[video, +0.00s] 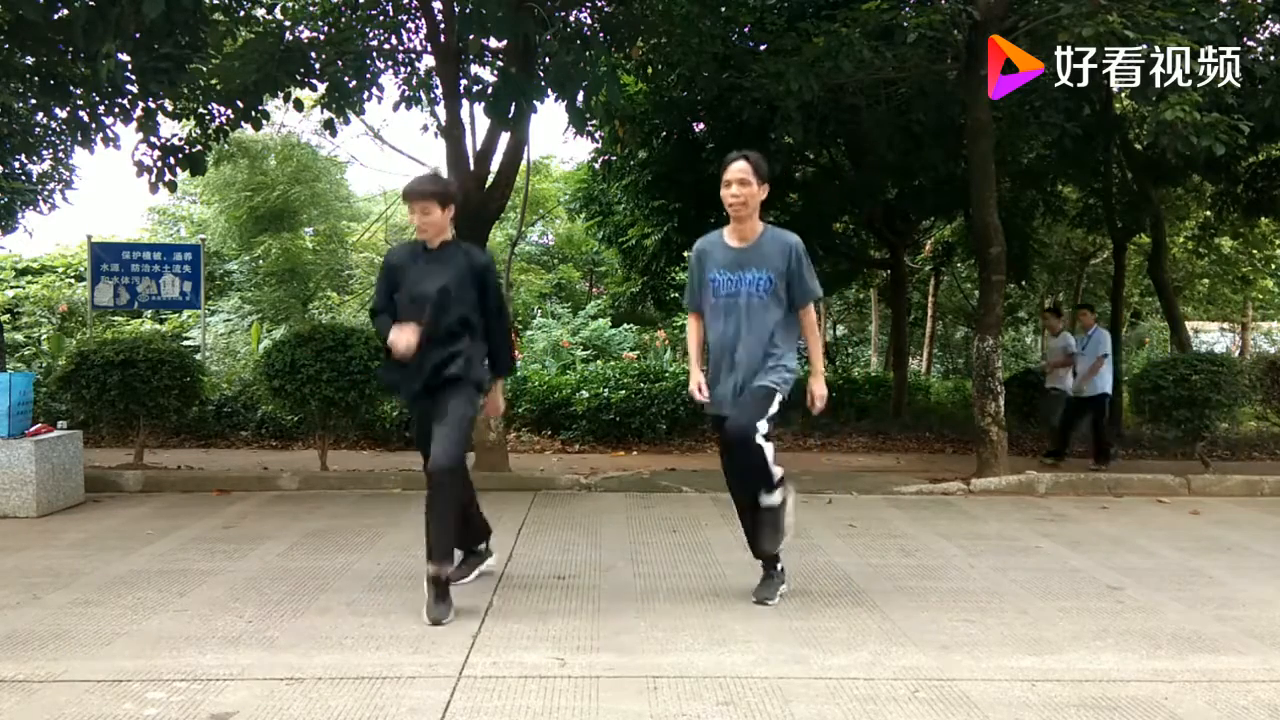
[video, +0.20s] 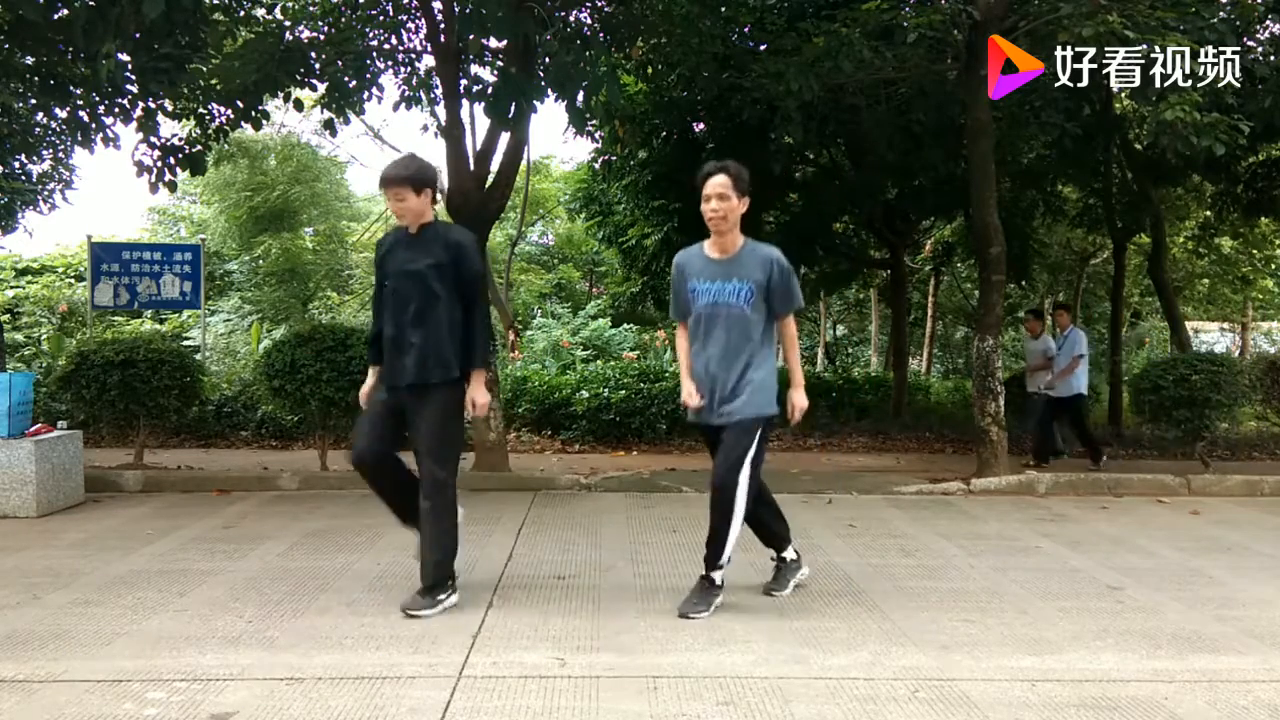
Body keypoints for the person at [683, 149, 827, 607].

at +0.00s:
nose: (734, 192)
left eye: (743, 184)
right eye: (728, 184)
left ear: (763, 191)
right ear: (720, 192)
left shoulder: (788, 246)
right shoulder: (704, 250)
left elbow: (808, 313)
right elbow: (694, 315)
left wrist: (817, 373)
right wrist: (695, 367)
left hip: (774, 367)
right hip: (724, 375)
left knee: (739, 430)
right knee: (738, 475)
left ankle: (773, 494)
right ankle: (771, 567)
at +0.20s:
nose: (713, 207)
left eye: (722, 198)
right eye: (707, 199)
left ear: (743, 204)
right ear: (699, 206)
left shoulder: (769, 261)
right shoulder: (685, 262)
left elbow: (787, 325)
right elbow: (682, 327)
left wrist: (797, 385)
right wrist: (686, 377)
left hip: (754, 395)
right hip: (706, 396)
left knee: (726, 480)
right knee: (743, 484)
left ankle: (711, 579)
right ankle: (789, 557)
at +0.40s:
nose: (689, 186)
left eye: (698, 178)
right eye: (683, 178)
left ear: (719, 184)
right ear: (675, 185)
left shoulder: (742, 242)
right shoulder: (663, 243)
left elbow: (760, 308)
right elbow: (661, 309)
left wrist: (770, 371)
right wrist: (658, 367)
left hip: (729, 386)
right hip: (678, 385)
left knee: (719, 483)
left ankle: (712, 576)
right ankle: (732, 512)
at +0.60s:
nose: (663, 190)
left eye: (673, 182)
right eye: (658, 182)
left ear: (694, 189)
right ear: (652, 190)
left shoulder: (719, 245)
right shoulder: (640, 246)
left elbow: (736, 311)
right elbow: (637, 311)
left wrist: (727, 370)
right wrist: (624, 359)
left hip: (701, 386)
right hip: (649, 380)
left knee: (709, 488)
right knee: (612, 440)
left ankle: (721, 574)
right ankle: (649, 495)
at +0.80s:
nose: (628, 197)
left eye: (638, 189)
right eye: (623, 189)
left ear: (659, 195)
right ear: (618, 197)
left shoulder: (684, 252)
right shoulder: (604, 254)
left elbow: (698, 322)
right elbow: (600, 319)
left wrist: (705, 383)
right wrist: (586, 371)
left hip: (674, 396)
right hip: (617, 394)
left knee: (690, 487)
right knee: (592, 483)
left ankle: (706, 560)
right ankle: (575, 567)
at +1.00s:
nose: (593, 177)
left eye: (603, 169)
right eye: (587, 170)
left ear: (624, 176)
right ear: (582, 177)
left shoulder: (648, 233)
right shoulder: (564, 231)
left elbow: (680, 296)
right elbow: (539, 289)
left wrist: (723, 345)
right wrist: (512, 335)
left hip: (630, 377)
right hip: (573, 377)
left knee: (667, 465)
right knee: (569, 474)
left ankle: (726, 535)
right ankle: (560, 562)